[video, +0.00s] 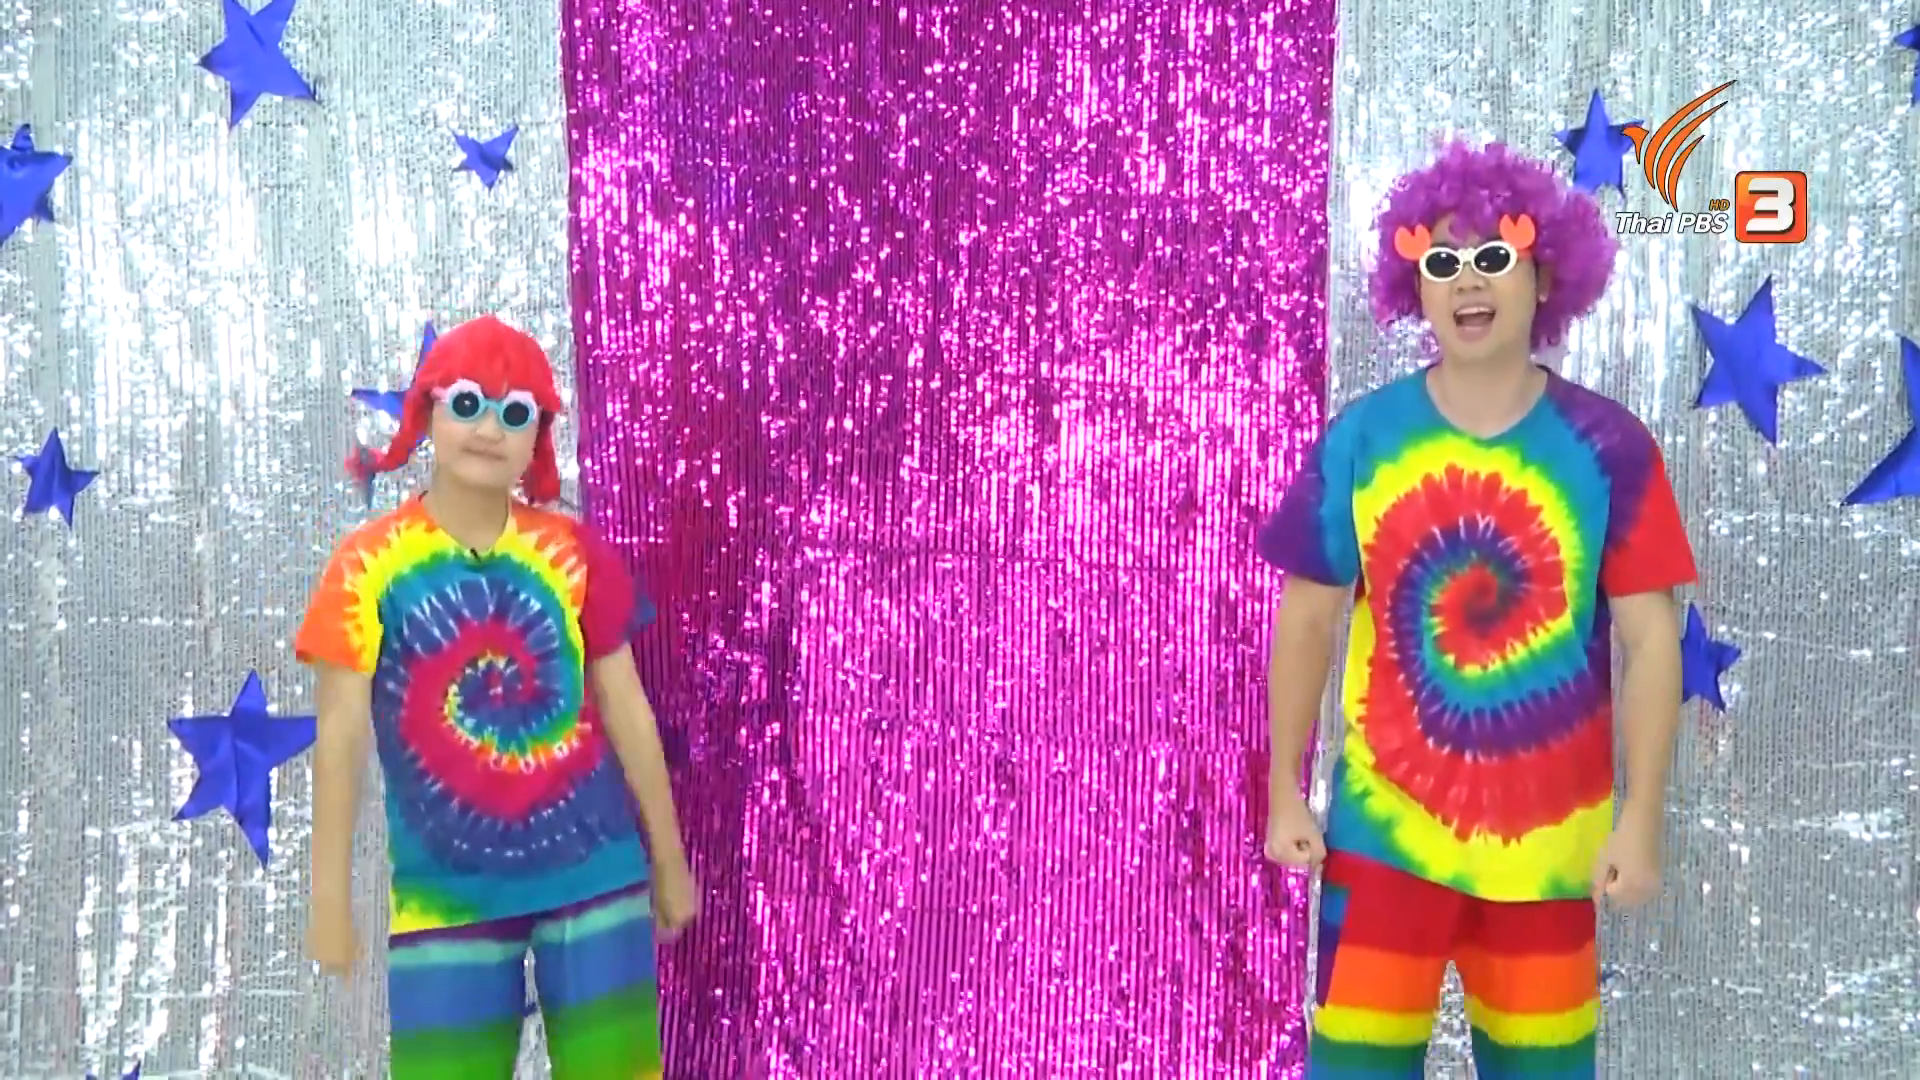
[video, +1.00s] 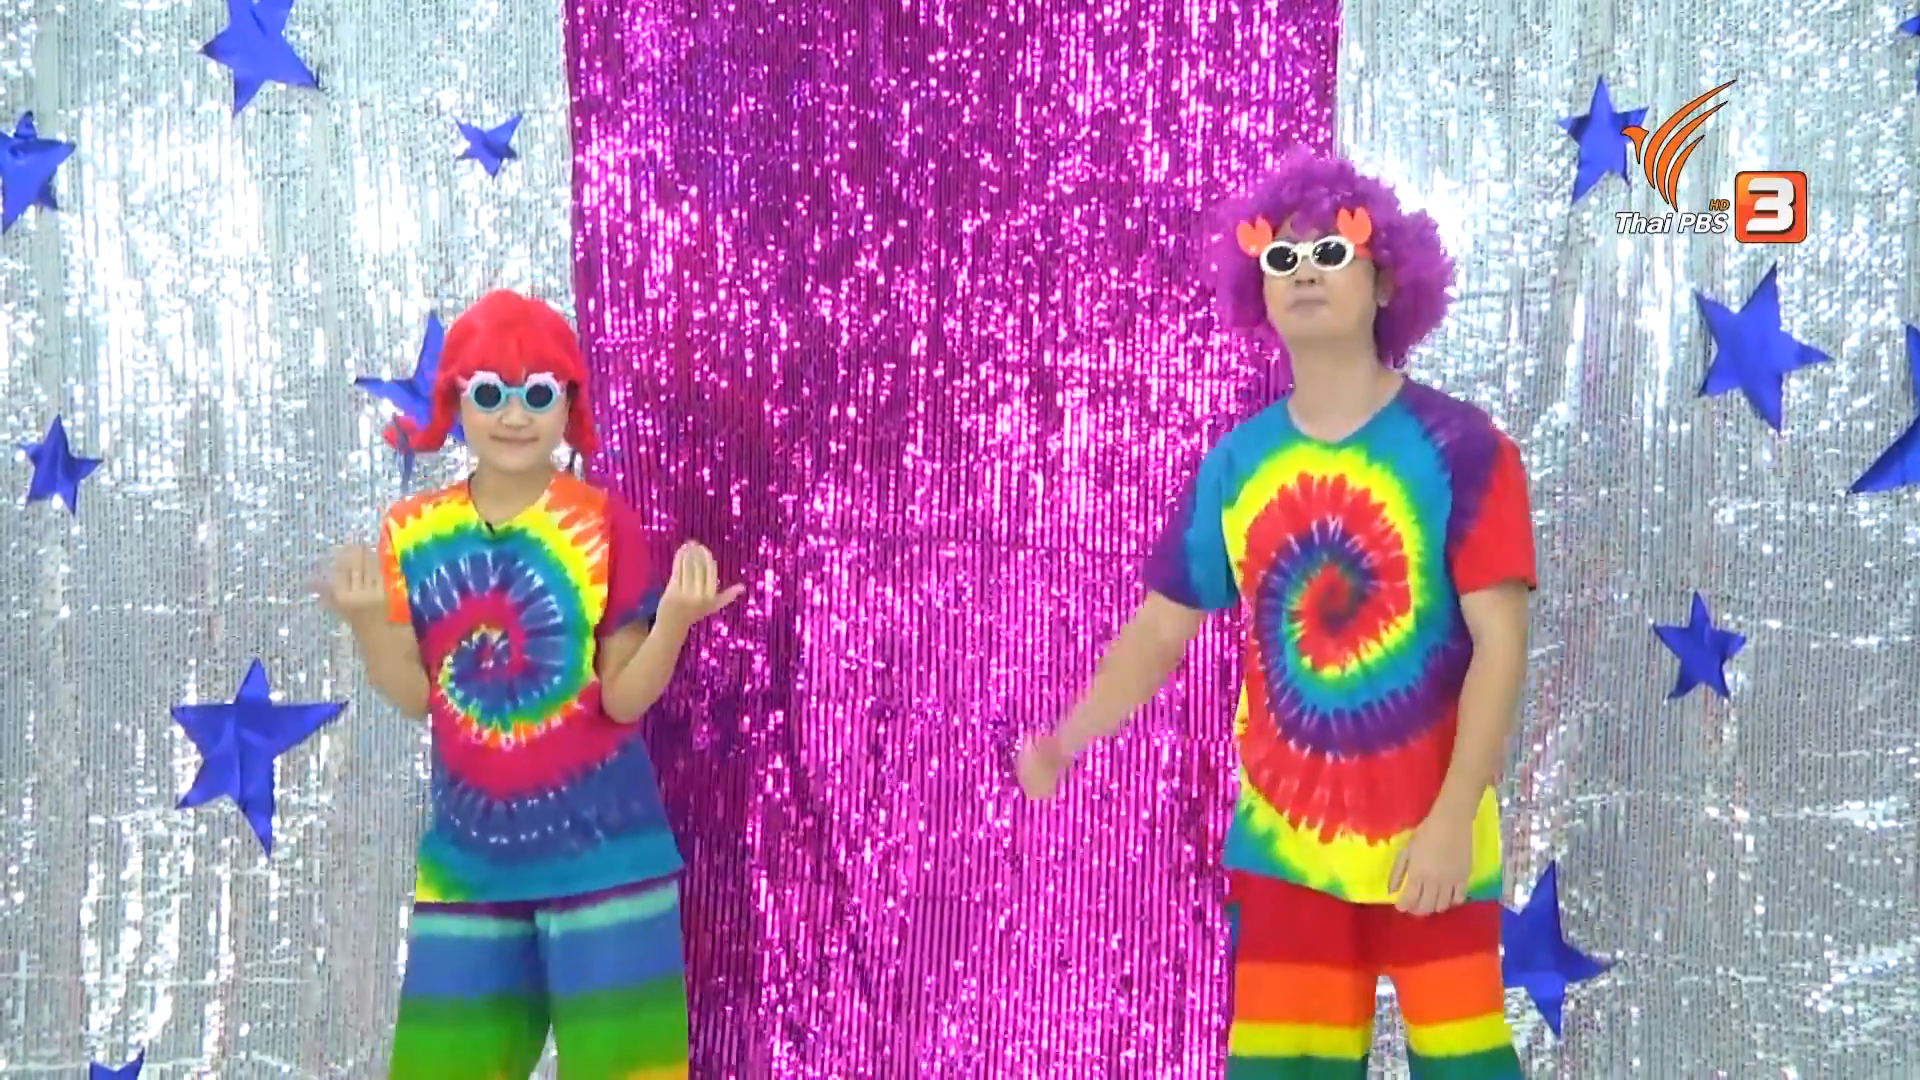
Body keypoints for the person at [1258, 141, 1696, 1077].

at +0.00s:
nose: (1467, 283)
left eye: (1493, 259)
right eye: (1443, 263)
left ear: (1540, 280)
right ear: (1417, 288)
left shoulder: (1610, 445)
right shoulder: (1361, 438)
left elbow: (1650, 637)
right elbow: (1309, 617)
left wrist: (1642, 816)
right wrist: (1283, 786)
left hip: (1546, 843)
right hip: (1388, 834)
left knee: (1544, 1063)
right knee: (1358, 1058)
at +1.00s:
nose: (1305, 271)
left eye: (1332, 249)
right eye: (1282, 256)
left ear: (1383, 282)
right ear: (1259, 294)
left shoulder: (1463, 447)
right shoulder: (1235, 463)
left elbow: (1499, 642)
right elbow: (1158, 627)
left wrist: (1452, 815)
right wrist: (1068, 737)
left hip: (1435, 834)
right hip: (1285, 843)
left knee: (1467, 1061)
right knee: (1283, 1065)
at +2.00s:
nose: (1429, 291)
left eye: (1444, 264)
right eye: (1431, 266)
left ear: (1514, 271)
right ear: (1504, 273)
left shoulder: (1617, 439)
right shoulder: (1495, 425)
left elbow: (1546, 628)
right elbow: (1436, 553)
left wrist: (1433, 505)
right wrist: (1385, 403)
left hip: (1528, 856)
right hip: (1399, 826)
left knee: (1521, 1065)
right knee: (1317, 1046)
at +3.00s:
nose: (1332, 276)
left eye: (1361, 253)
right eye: (1310, 253)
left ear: (1406, 269)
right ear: (1283, 268)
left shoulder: (1469, 413)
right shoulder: (1257, 410)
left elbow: (1453, 604)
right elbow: (1215, 561)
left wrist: (1273, 627)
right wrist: (1119, 582)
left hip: (1438, 804)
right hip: (1292, 804)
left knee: (1463, 1051)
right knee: (1286, 1056)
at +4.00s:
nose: (1469, 257)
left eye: (1492, 234)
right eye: (1442, 236)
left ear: (1528, 254)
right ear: (1403, 258)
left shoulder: (1582, 414)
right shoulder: (1338, 405)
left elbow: (1621, 601)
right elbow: (1284, 591)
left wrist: (1627, 775)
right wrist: (1269, 775)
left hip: (1524, 812)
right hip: (1366, 807)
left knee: (1514, 1061)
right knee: (1350, 1058)